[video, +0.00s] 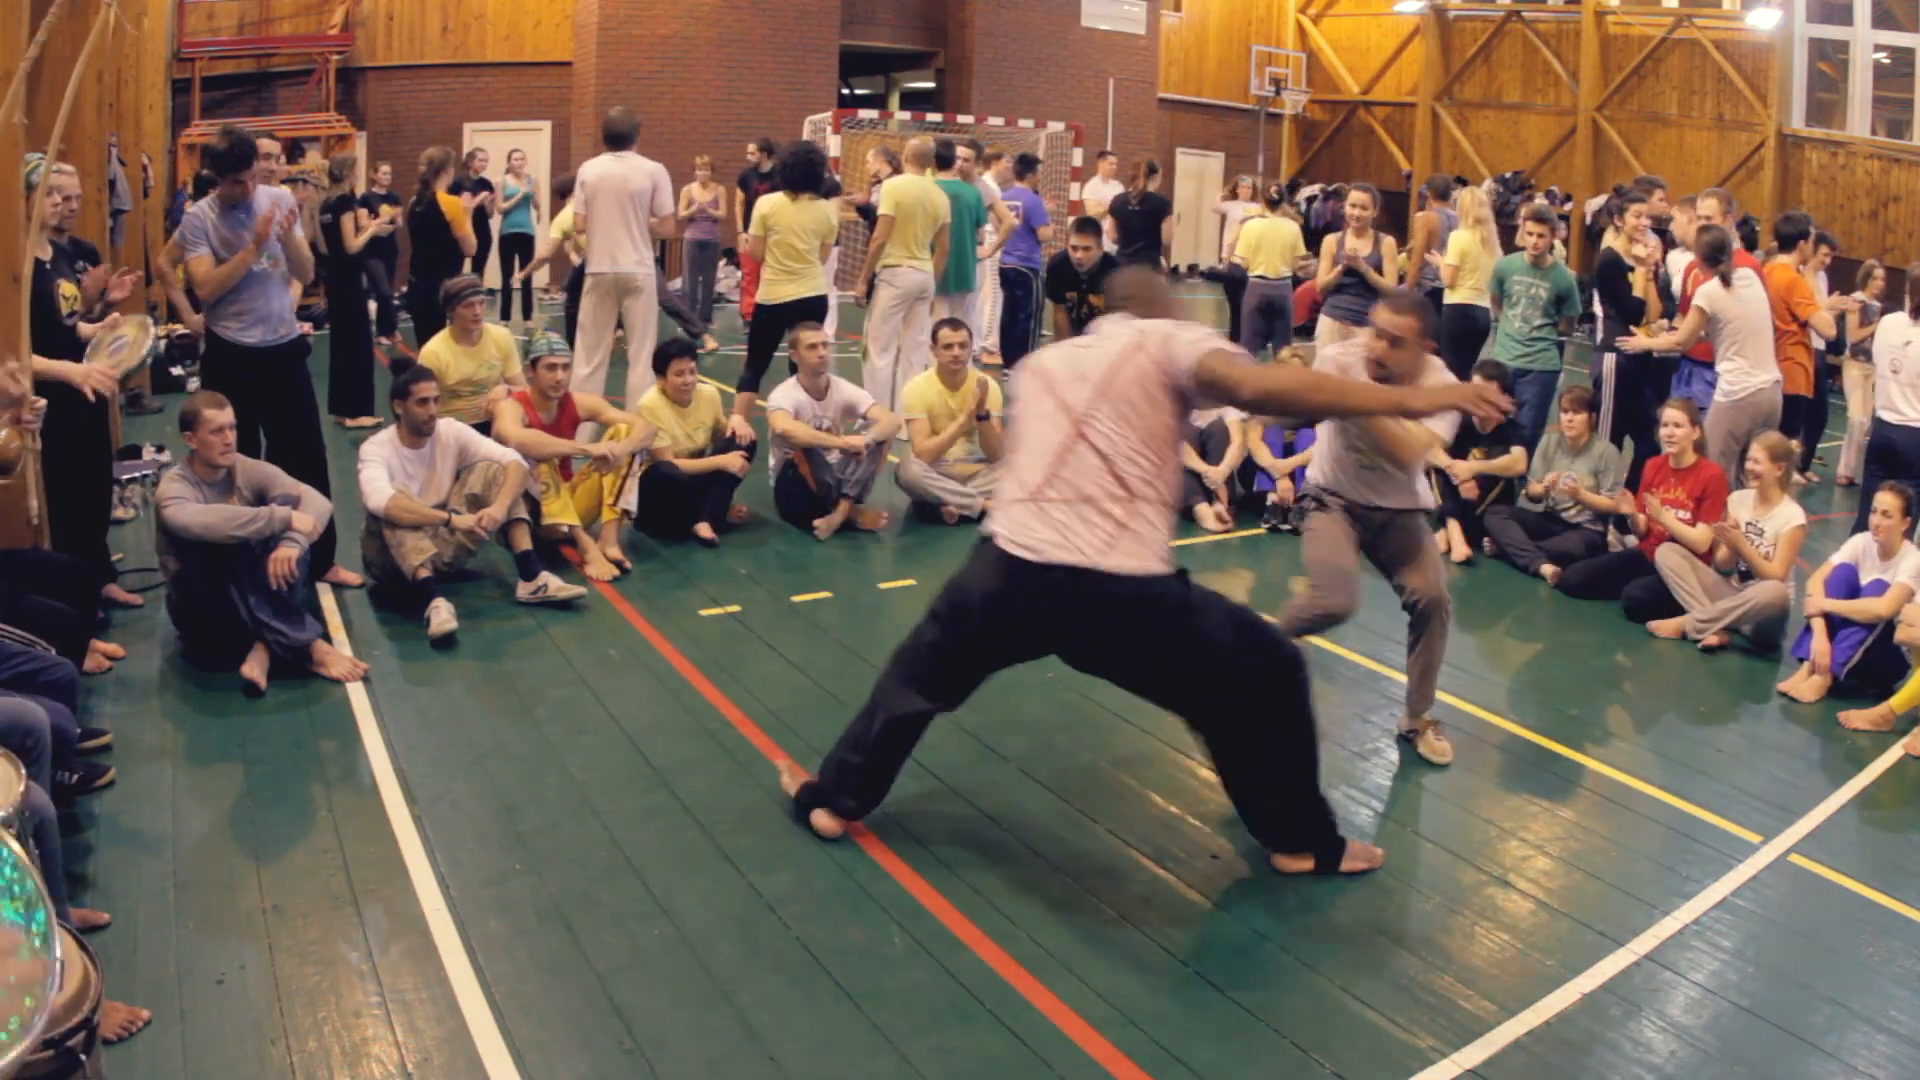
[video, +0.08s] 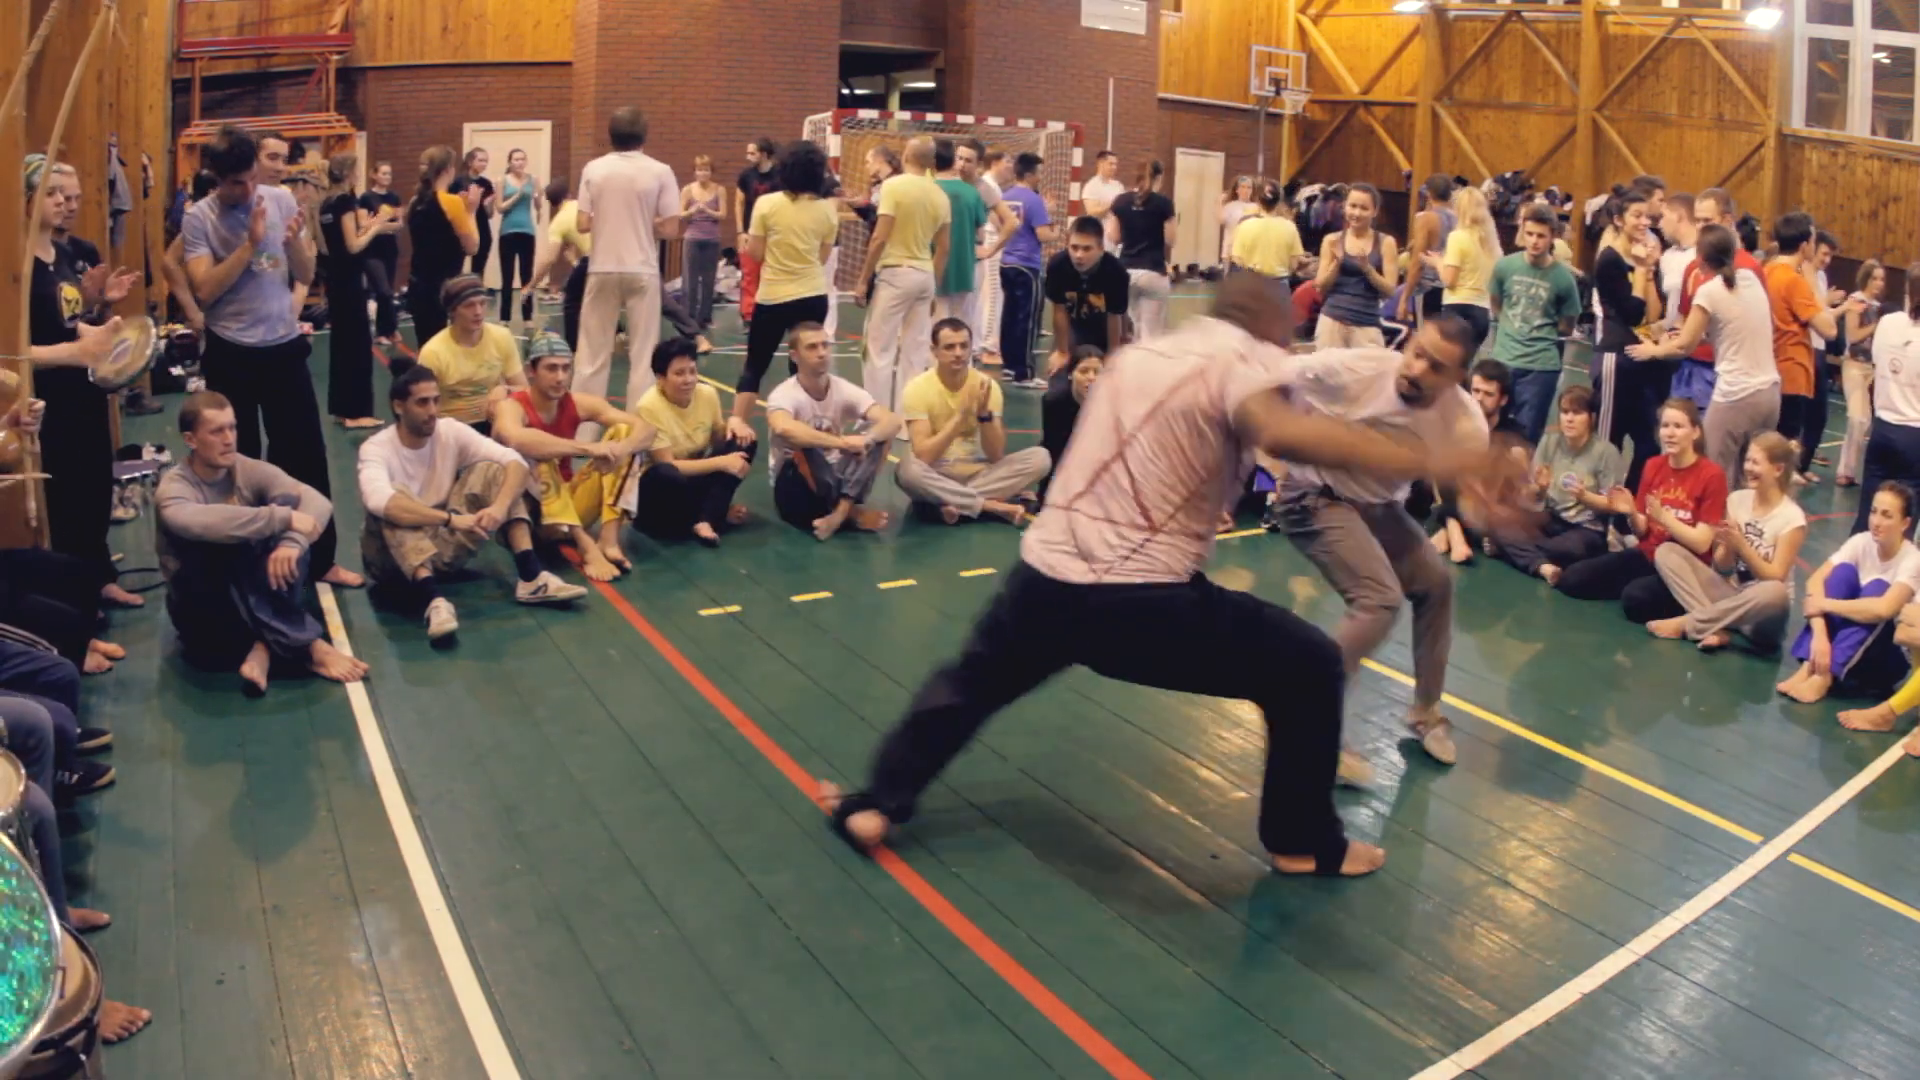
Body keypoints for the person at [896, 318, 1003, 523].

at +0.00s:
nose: (956, 354)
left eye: (962, 346)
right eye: (948, 347)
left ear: (971, 349)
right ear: (934, 350)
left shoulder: (987, 385)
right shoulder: (917, 389)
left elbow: (995, 455)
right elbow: (923, 454)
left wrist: (982, 413)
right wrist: (964, 421)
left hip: (978, 467)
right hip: (937, 468)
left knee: (1017, 468)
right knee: (908, 470)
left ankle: (959, 506)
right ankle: (982, 506)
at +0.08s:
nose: (958, 354)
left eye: (964, 346)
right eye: (949, 347)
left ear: (971, 348)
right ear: (934, 351)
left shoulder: (987, 386)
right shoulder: (918, 389)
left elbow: (995, 455)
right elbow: (924, 456)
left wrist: (984, 414)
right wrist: (961, 415)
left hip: (981, 468)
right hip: (938, 470)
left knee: (1041, 458)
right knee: (907, 470)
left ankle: (960, 505)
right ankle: (989, 506)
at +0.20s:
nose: (960, 353)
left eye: (965, 346)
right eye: (951, 347)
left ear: (973, 348)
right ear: (935, 350)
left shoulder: (988, 385)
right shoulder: (918, 388)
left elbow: (996, 455)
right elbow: (924, 457)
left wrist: (986, 412)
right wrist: (952, 416)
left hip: (980, 468)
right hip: (938, 470)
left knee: (1041, 459)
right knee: (907, 470)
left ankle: (961, 505)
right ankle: (988, 506)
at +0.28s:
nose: (960, 353)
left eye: (966, 346)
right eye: (951, 347)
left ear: (972, 348)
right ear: (935, 350)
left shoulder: (987, 385)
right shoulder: (918, 388)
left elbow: (995, 453)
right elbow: (924, 455)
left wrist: (981, 410)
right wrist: (962, 417)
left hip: (980, 469)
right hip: (938, 471)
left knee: (1041, 459)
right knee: (907, 470)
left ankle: (961, 505)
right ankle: (987, 506)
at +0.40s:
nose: (960, 353)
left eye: (966, 346)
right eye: (951, 347)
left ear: (972, 347)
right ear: (935, 350)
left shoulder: (988, 386)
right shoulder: (918, 389)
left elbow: (995, 454)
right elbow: (923, 455)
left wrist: (983, 412)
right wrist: (958, 418)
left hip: (980, 469)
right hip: (939, 471)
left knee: (1040, 457)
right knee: (907, 470)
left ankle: (961, 506)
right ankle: (984, 506)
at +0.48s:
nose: (960, 353)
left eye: (965, 345)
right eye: (951, 347)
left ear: (972, 347)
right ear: (934, 350)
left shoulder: (988, 386)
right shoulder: (917, 389)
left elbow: (995, 449)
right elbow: (923, 455)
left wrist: (984, 414)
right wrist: (953, 417)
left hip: (979, 464)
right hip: (938, 465)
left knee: (1037, 461)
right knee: (907, 470)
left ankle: (958, 504)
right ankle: (989, 506)